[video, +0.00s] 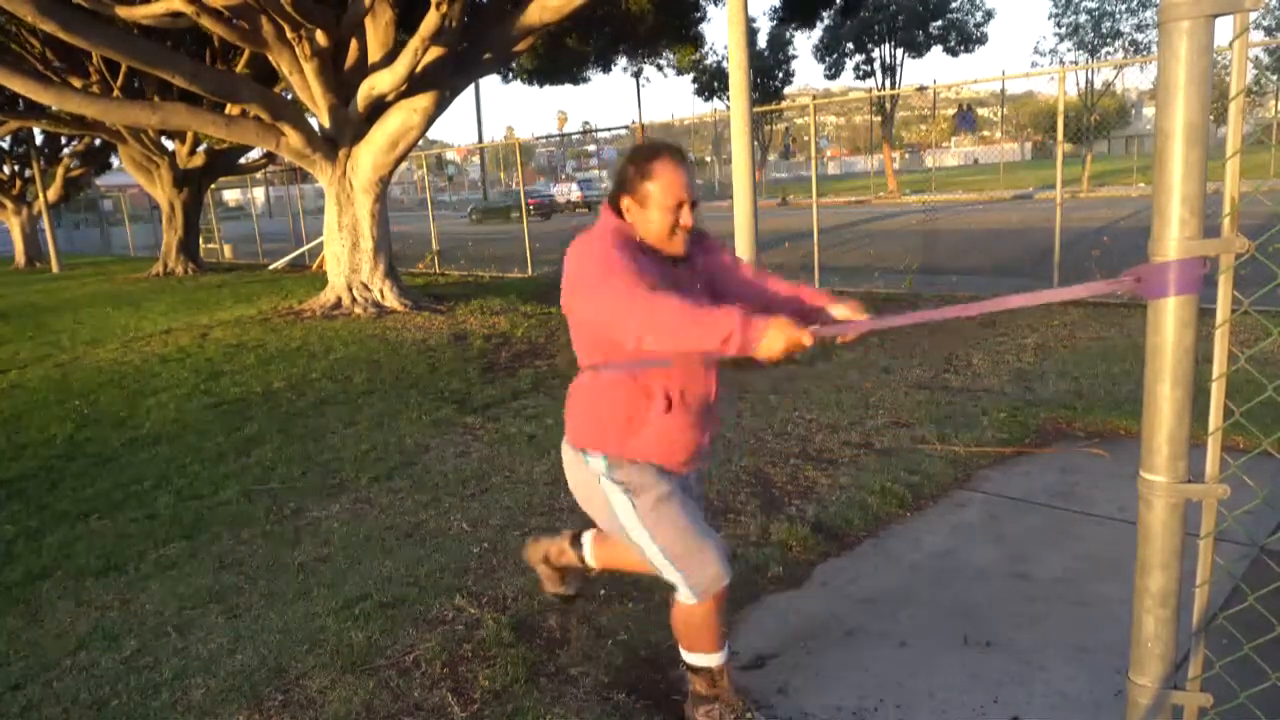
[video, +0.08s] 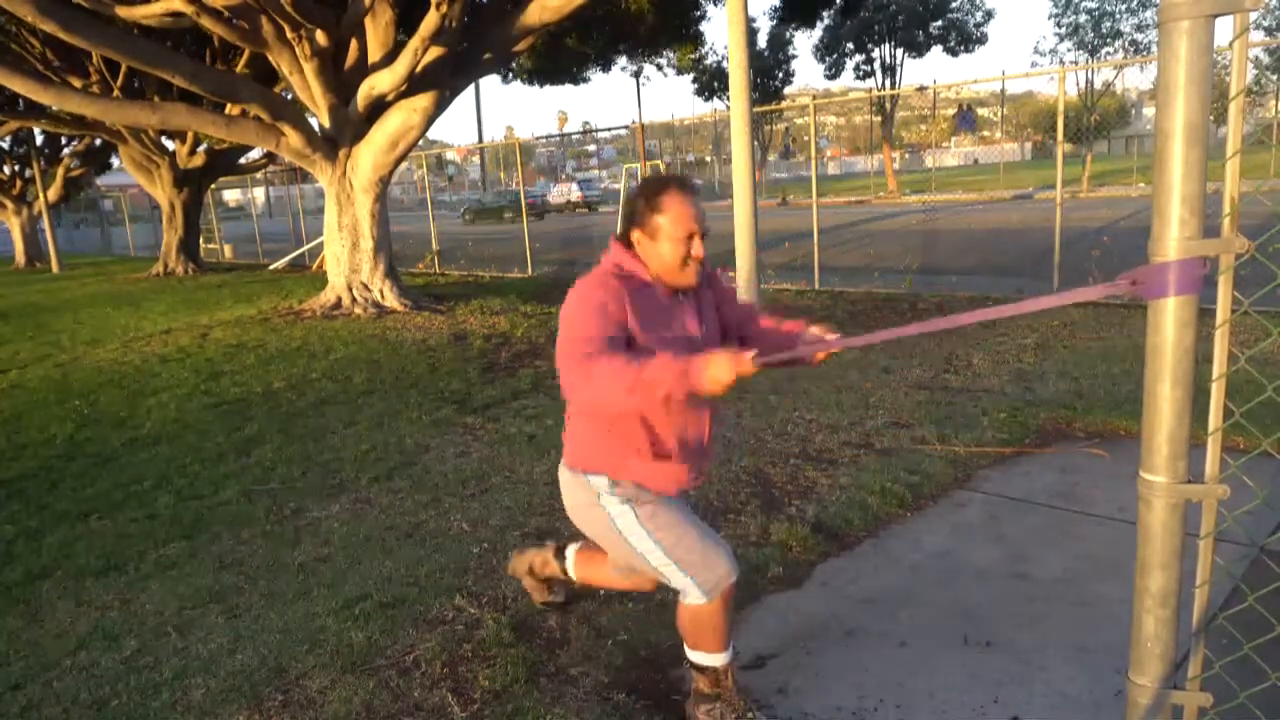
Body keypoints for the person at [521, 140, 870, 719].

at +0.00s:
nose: (690, 218)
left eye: (692, 204)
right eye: (676, 206)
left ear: (694, 200)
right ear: (628, 208)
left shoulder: (688, 250)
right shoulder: (595, 259)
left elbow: (752, 286)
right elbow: (650, 320)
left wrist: (825, 307)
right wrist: (751, 334)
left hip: (670, 451)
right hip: (610, 455)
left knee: (678, 551)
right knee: (704, 576)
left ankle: (564, 554)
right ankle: (709, 696)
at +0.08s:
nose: (700, 250)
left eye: (702, 235)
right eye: (687, 238)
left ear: (700, 232)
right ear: (640, 239)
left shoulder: (701, 287)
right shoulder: (598, 296)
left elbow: (747, 329)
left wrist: (799, 340)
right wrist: (693, 373)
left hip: (660, 477)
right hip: (603, 480)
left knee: (644, 574)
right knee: (710, 575)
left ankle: (546, 566)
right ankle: (713, 697)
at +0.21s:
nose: (724, 303)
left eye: (723, 290)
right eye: (710, 293)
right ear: (663, 293)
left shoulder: (692, 335)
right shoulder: (604, 341)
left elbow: (713, 371)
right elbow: (566, 431)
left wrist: (754, 365)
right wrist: (660, 416)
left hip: (649, 506)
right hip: (591, 510)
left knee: (632, 599)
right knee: (707, 571)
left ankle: (545, 566)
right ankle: (715, 694)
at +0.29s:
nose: (727, 328)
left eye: (727, 314)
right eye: (715, 318)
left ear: (675, 318)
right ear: (669, 318)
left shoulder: (689, 354)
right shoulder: (606, 362)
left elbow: (702, 391)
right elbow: (570, 460)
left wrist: (739, 389)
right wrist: (658, 441)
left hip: (640, 515)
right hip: (584, 520)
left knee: (628, 609)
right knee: (699, 574)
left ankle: (543, 568)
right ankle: (712, 696)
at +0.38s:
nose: (721, 332)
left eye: (722, 319)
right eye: (709, 323)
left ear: (669, 325)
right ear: (661, 325)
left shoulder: (687, 359)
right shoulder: (600, 372)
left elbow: (709, 393)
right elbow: (558, 466)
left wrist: (739, 393)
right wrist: (644, 453)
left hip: (647, 516)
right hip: (585, 521)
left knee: (630, 607)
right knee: (692, 577)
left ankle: (545, 574)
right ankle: (710, 693)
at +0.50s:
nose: (702, 307)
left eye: (702, 293)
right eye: (690, 297)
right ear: (640, 301)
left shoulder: (688, 336)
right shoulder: (589, 359)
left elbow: (717, 372)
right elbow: (545, 451)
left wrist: (742, 373)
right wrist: (629, 445)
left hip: (661, 495)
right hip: (601, 504)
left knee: (645, 577)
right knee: (702, 581)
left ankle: (544, 568)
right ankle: (711, 695)